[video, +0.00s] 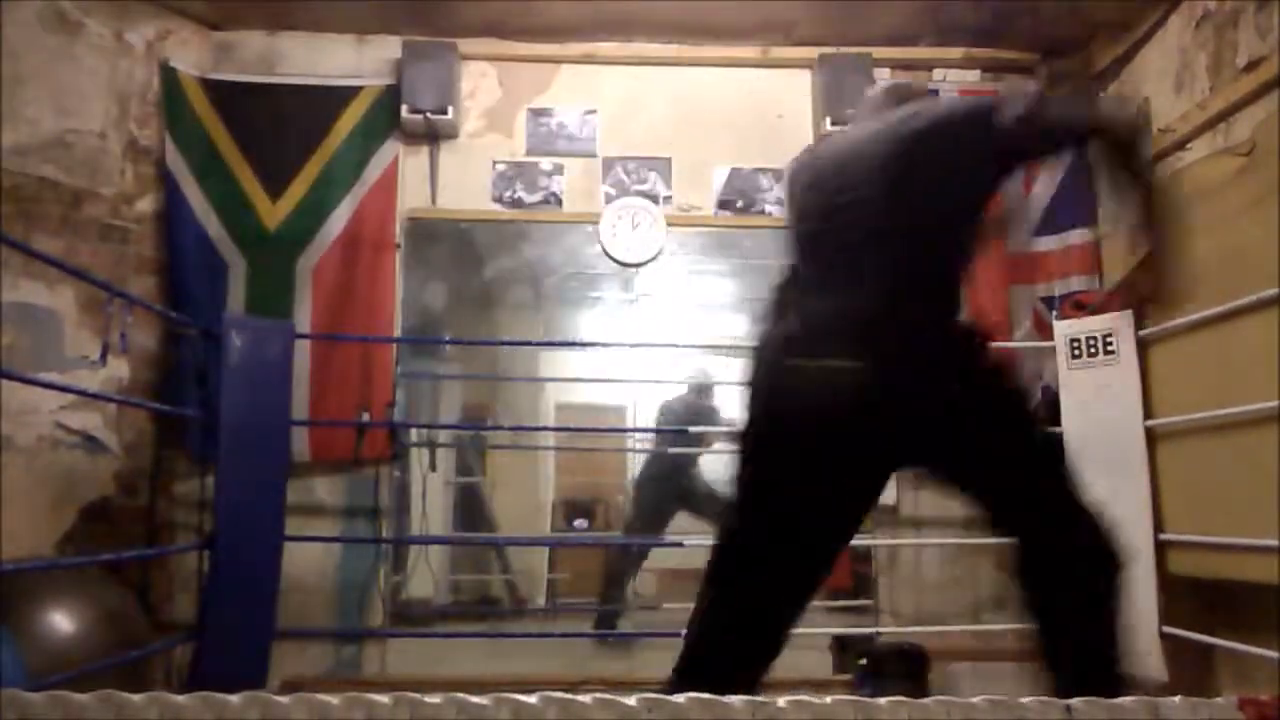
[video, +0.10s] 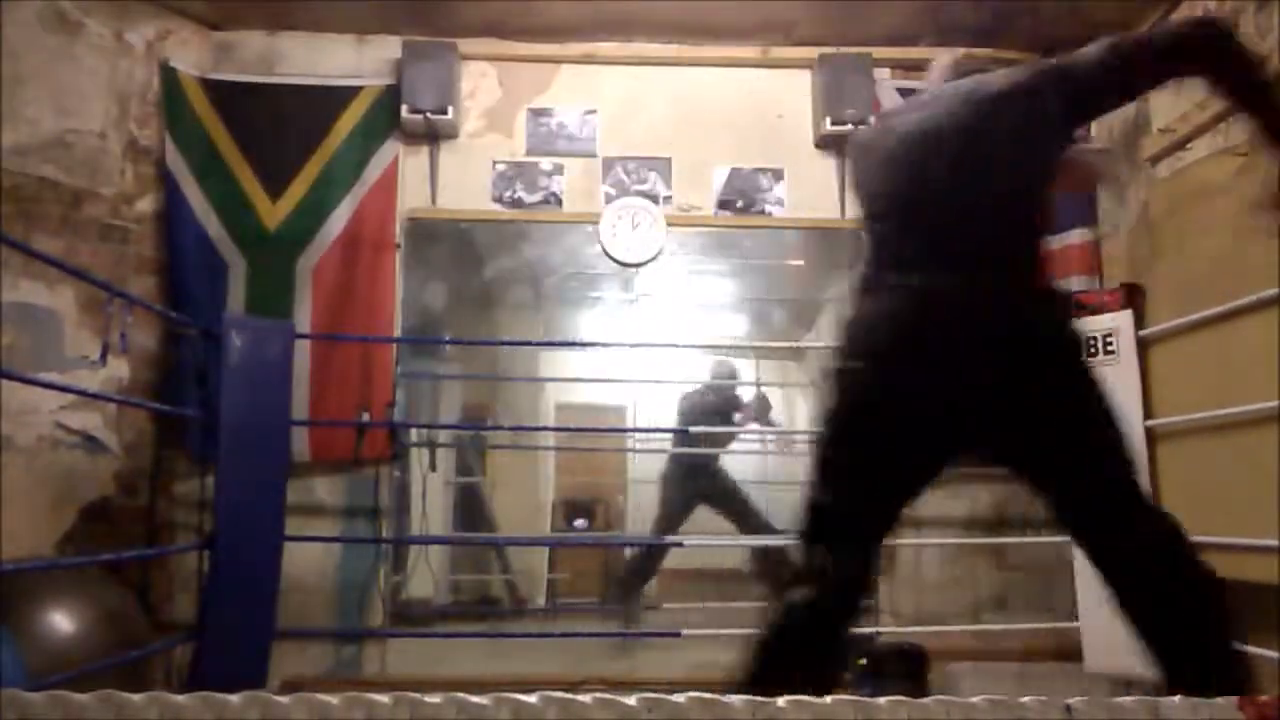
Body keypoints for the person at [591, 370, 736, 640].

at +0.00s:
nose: (709, 397)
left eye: (708, 392)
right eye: (709, 393)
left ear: (689, 387)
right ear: (707, 391)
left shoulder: (669, 406)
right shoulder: (706, 410)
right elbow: (720, 430)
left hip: (653, 480)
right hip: (681, 481)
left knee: (631, 549)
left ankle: (606, 619)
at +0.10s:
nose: (730, 391)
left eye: (732, 386)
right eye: (726, 386)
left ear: (735, 385)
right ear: (717, 382)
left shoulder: (732, 402)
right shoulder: (694, 401)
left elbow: (760, 418)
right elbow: (708, 438)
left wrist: (757, 411)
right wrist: (740, 422)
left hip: (710, 471)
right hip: (682, 472)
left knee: (754, 524)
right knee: (662, 536)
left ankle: (787, 581)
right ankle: (625, 590)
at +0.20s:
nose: (748, 399)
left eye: (752, 392)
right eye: (743, 393)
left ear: (756, 390)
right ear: (732, 391)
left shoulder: (757, 406)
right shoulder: (714, 410)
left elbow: (776, 422)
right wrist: (755, 431)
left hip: (737, 477)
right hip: (709, 477)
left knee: (769, 530)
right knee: (694, 531)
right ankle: (670, 578)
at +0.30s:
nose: (765, 413)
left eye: (769, 407)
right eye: (760, 407)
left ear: (773, 408)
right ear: (752, 406)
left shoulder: (776, 431)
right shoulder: (735, 429)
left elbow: (797, 452)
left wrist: (819, 461)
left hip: (761, 498)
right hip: (730, 497)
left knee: (794, 548)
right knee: (727, 546)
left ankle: (816, 610)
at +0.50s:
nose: (777, 436)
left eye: (781, 430)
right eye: (771, 429)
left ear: (786, 428)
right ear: (759, 426)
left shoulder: (791, 451)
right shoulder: (739, 452)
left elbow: (815, 486)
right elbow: (735, 497)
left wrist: (838, 518)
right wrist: (744, 526)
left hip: (776, 509)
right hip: (745, 512)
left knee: (806, 558)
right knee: (751, 569)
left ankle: (821, 622)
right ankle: (780, 601)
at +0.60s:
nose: (759, 422)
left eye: (764, 416)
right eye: (754, 416)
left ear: (773, 419)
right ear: (747, 418)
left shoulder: (784, 448)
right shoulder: (730, 447)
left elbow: (803, 480)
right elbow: (713, 476)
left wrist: (807, 507)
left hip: (773, 509)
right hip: (736, 509)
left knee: (801, 555)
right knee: (725, 563)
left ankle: (818, 614)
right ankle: (755, 599)